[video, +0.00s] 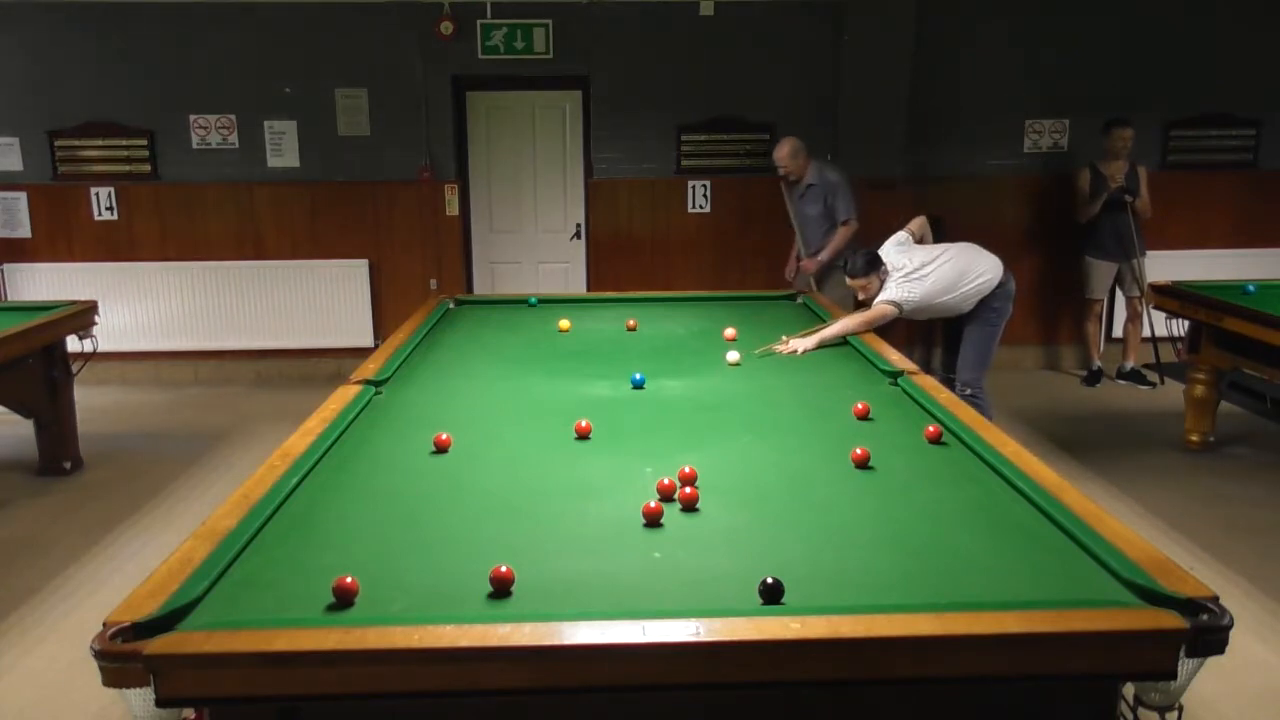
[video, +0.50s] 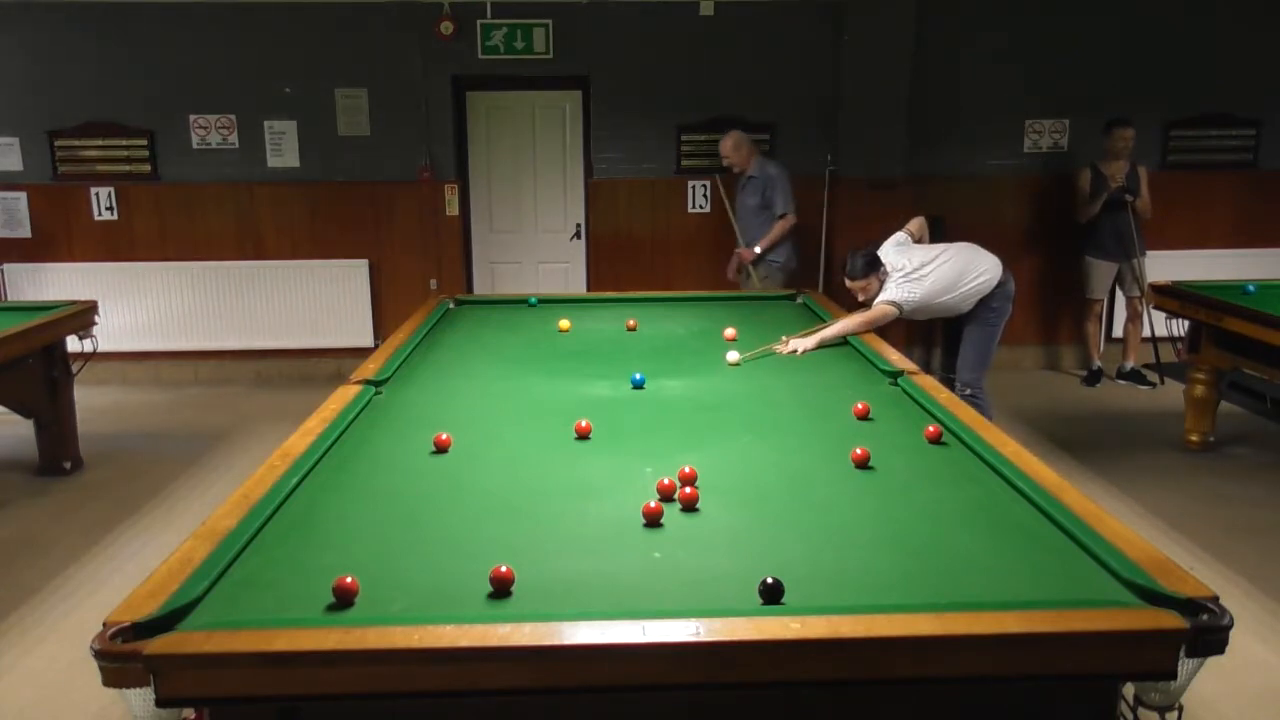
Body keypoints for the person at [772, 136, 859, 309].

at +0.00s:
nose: (781, 173)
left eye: (786, 167)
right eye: (779, 168)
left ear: (801, 160)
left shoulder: (831, 179)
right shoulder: (789, 183)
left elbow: (849, 225)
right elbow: (802, 226)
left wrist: (819, 260)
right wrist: (793, 258)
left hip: (834, 268)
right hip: (806, 268)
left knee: (834, 330)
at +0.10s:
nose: (768, 173)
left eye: (772, 167)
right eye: (765, 168)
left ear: (788, 160)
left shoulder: (818, 179)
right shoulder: (782, 186)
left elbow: (837, 226)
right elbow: (794, 232)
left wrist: (809, 262)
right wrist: (787, 264)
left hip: (826, 268)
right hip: (799, 267)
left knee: (829, 329)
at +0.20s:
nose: (755, 171)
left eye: (759, 165)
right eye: (753, 166)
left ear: (774, 158)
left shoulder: (804, 180)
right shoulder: (772, 183)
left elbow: (824, 223)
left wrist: (799, 260)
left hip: (811, 267)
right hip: (781, 263)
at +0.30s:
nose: (743, 167)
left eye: (746, 161)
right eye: (741, 162)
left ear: (763, 154)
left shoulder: (792, 177)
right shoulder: (763, 181)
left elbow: (812, 220)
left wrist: (786, 257)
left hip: (795, 265)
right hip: (768, 262)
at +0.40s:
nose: (734, 165)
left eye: (737, 159)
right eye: (732, 159)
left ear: (754, 152)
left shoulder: (783, 175)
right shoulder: (754, 178)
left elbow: (800, 219)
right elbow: (758, 224)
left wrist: (771, 253)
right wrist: (750, 259)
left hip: (781, 266)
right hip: (756, 263)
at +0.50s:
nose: (725, 163)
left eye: (728, 157)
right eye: (723, 158)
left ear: (744, 151)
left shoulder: (773, 173)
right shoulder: (745, 177)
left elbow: (788, 218)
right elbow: (749, 224)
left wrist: (756, 250)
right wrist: (738, 255)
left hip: (772, 264)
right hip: (751, 262)